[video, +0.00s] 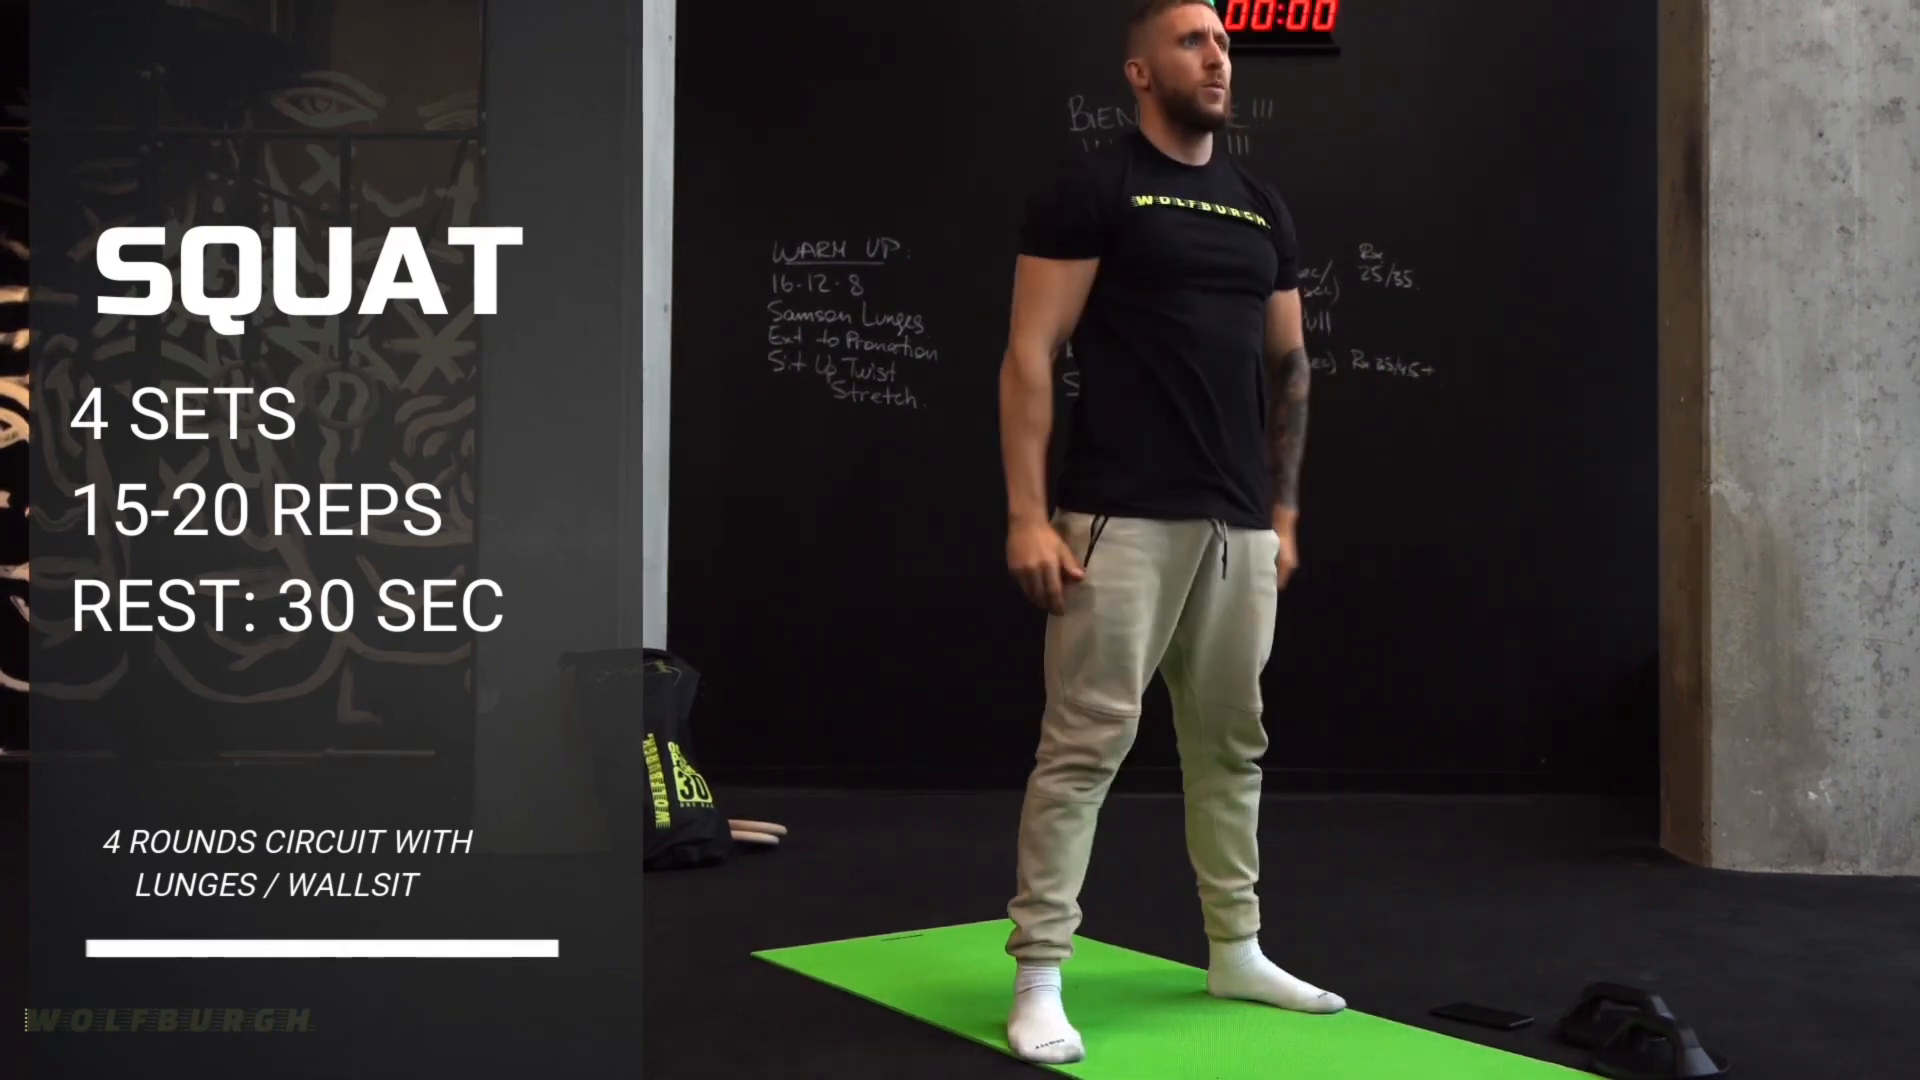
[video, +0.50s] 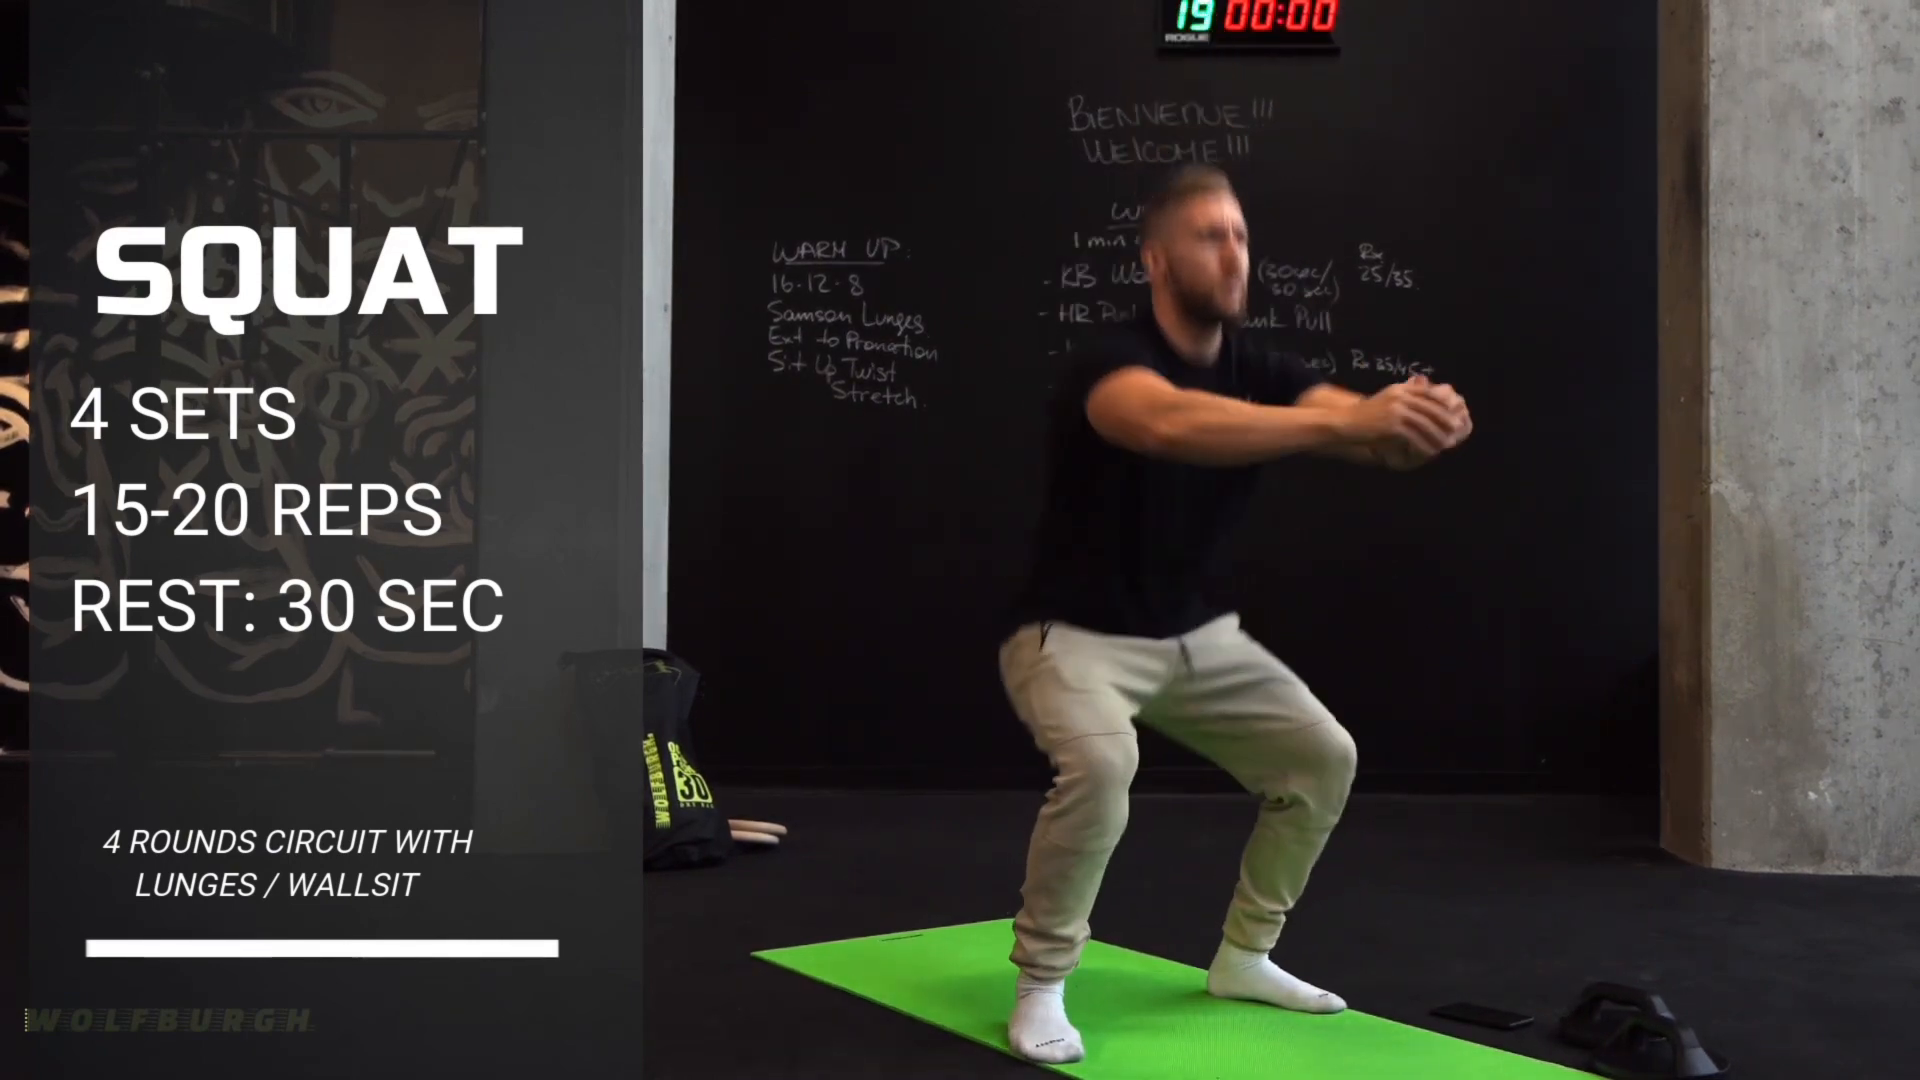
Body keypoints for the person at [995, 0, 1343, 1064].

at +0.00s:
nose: (1218, 58)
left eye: (1223, 43)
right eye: (1194, 43)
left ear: (1231, 70)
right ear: (1140, 72)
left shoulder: (1258, 203)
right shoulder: (1089, 188)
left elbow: (1289, 367)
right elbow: (1029, 355)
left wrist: (1283, 507)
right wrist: (1027, 513)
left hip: (1238, 525)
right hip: (1117, 517)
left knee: (1231, 742)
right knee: (1085, 746)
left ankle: (1237, 954)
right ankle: (1039, 979)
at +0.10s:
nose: (1216, 59)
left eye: (1221, 44)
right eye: (1192, 44)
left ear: (1228, 70)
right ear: (1138, 73)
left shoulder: (1257, 202)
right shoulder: (1088, 187)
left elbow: (1281, 369)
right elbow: (1028, 357)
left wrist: (1275, 505)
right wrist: (1029, 514)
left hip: (1238, 527)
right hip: (1117, 519)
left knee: (1236, 745)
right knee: (1084, 746)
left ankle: (1238, 955)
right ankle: (1039, 980)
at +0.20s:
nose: (1216, 62)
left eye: (1221, 46)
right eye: (1191, 47)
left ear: (1227, 71)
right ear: (1137, 74)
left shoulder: (1254, 204)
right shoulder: (1087, 190)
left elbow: (1294, 367)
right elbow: (1039, 359)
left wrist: (1303, 509)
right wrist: (1060, 515)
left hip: (1242, 528)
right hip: (1120, 522)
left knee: (1242, 746)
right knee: (1087, 749)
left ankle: (1239, 956)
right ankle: (1039, 981)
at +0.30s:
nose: (1216, 87)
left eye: (1222, 71)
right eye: (1190, 72)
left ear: (1231, 97)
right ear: (1137, 98)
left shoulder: (1252, 231)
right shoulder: (1090, 212)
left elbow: (1325, 364)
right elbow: (1075, 363)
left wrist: (1368, 484)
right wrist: (1183, 480)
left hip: (1229, 543)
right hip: (1107, 541)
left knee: (1279, 745)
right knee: (1099, 755)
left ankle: (1241, 957)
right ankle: (1041, 983)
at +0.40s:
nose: (1222, 142)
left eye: (1229, 126)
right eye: (1198, 126)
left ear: (1238, 147)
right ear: (1143, 147)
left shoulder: (1254, 279)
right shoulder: (1095, 261)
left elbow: (1342, 377)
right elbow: (1116, 382)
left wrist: (1399, 446)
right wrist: (1271, 444)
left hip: (1210, 577)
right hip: (1091, 573)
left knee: (1302, 755)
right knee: (1099, 760)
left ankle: (1241, 958)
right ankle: (1043, 981)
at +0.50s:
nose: (1234, 254)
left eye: (1240, 237)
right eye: (1211, 238)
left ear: (1248, 254)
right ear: (1157, 255)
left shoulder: (1255, 367)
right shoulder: (1108, 362)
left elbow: (1349, 425)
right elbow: (1167, 426)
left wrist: (1416, 425)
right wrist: (1343, 423)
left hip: (1196, 638)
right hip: (1073, 638)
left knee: (1324, 759)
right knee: (1099, 768)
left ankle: (1242, 961)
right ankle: (1041, 985)